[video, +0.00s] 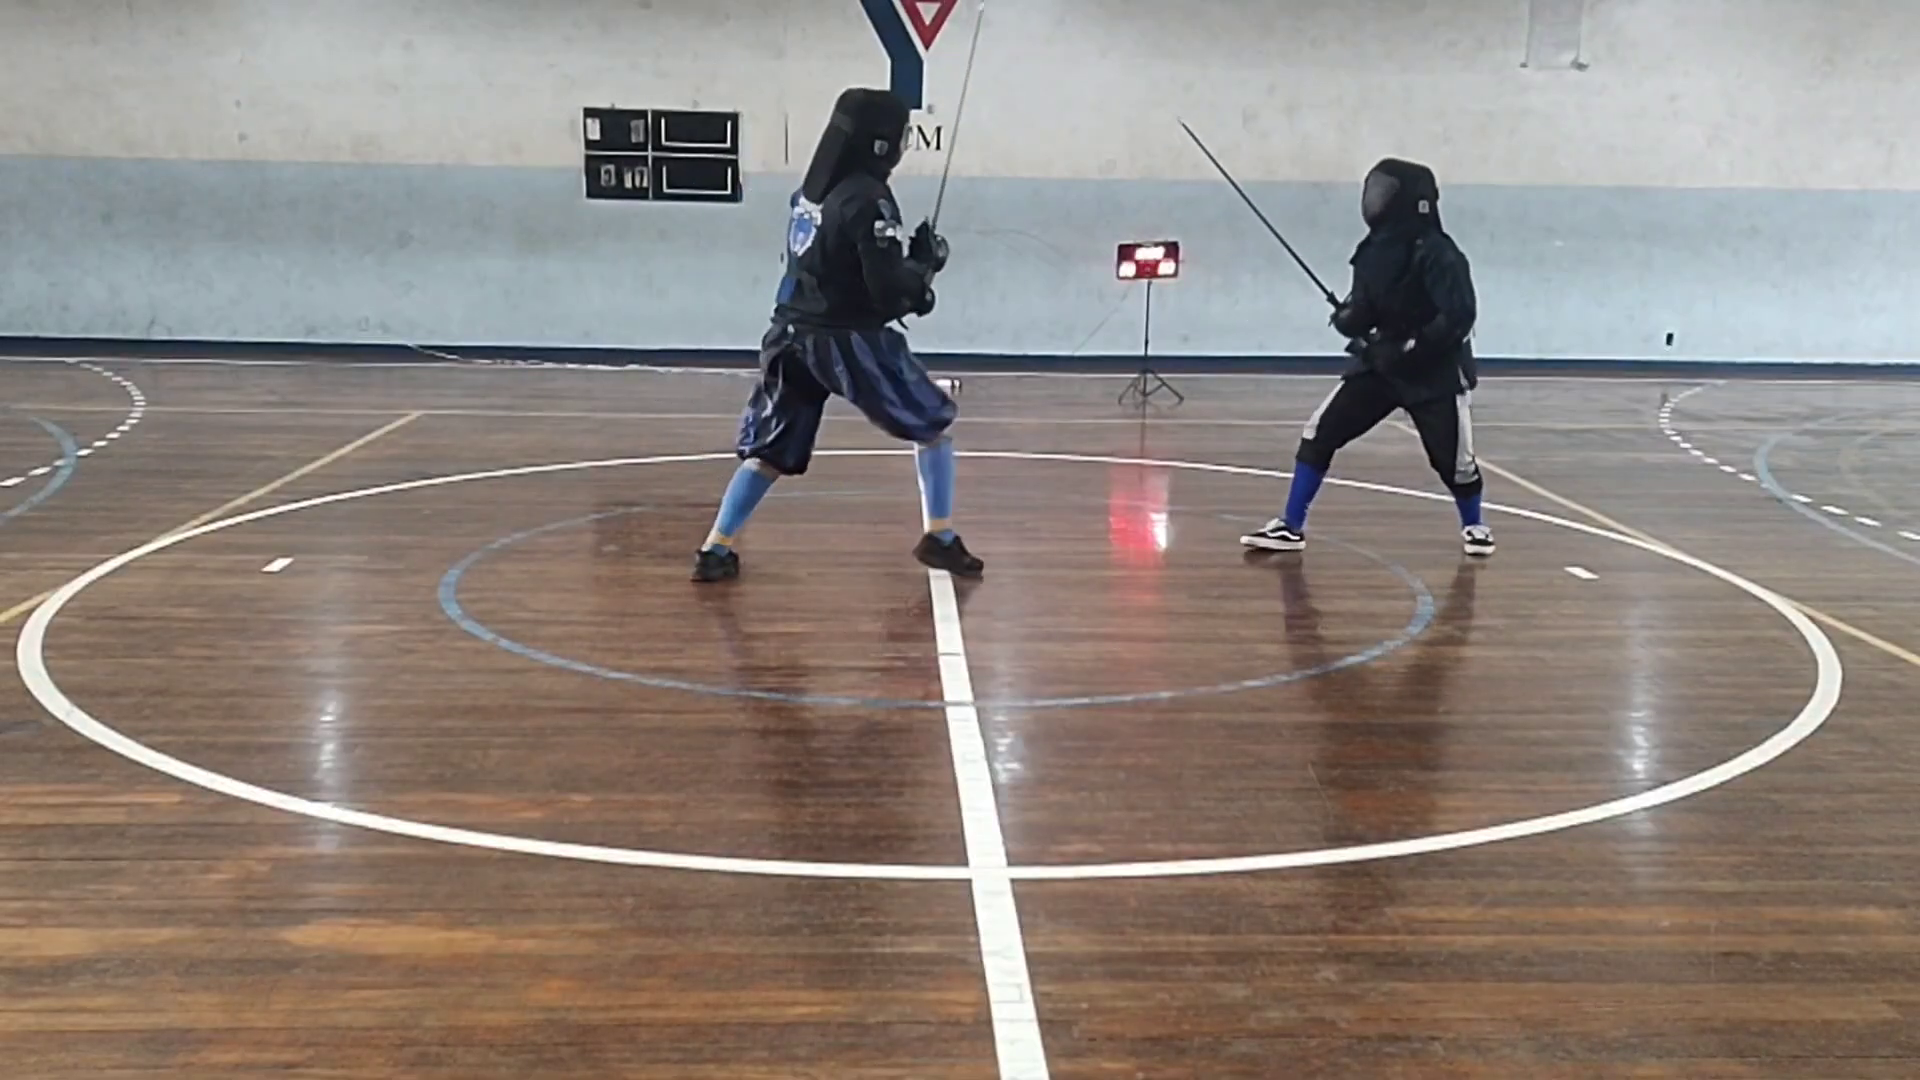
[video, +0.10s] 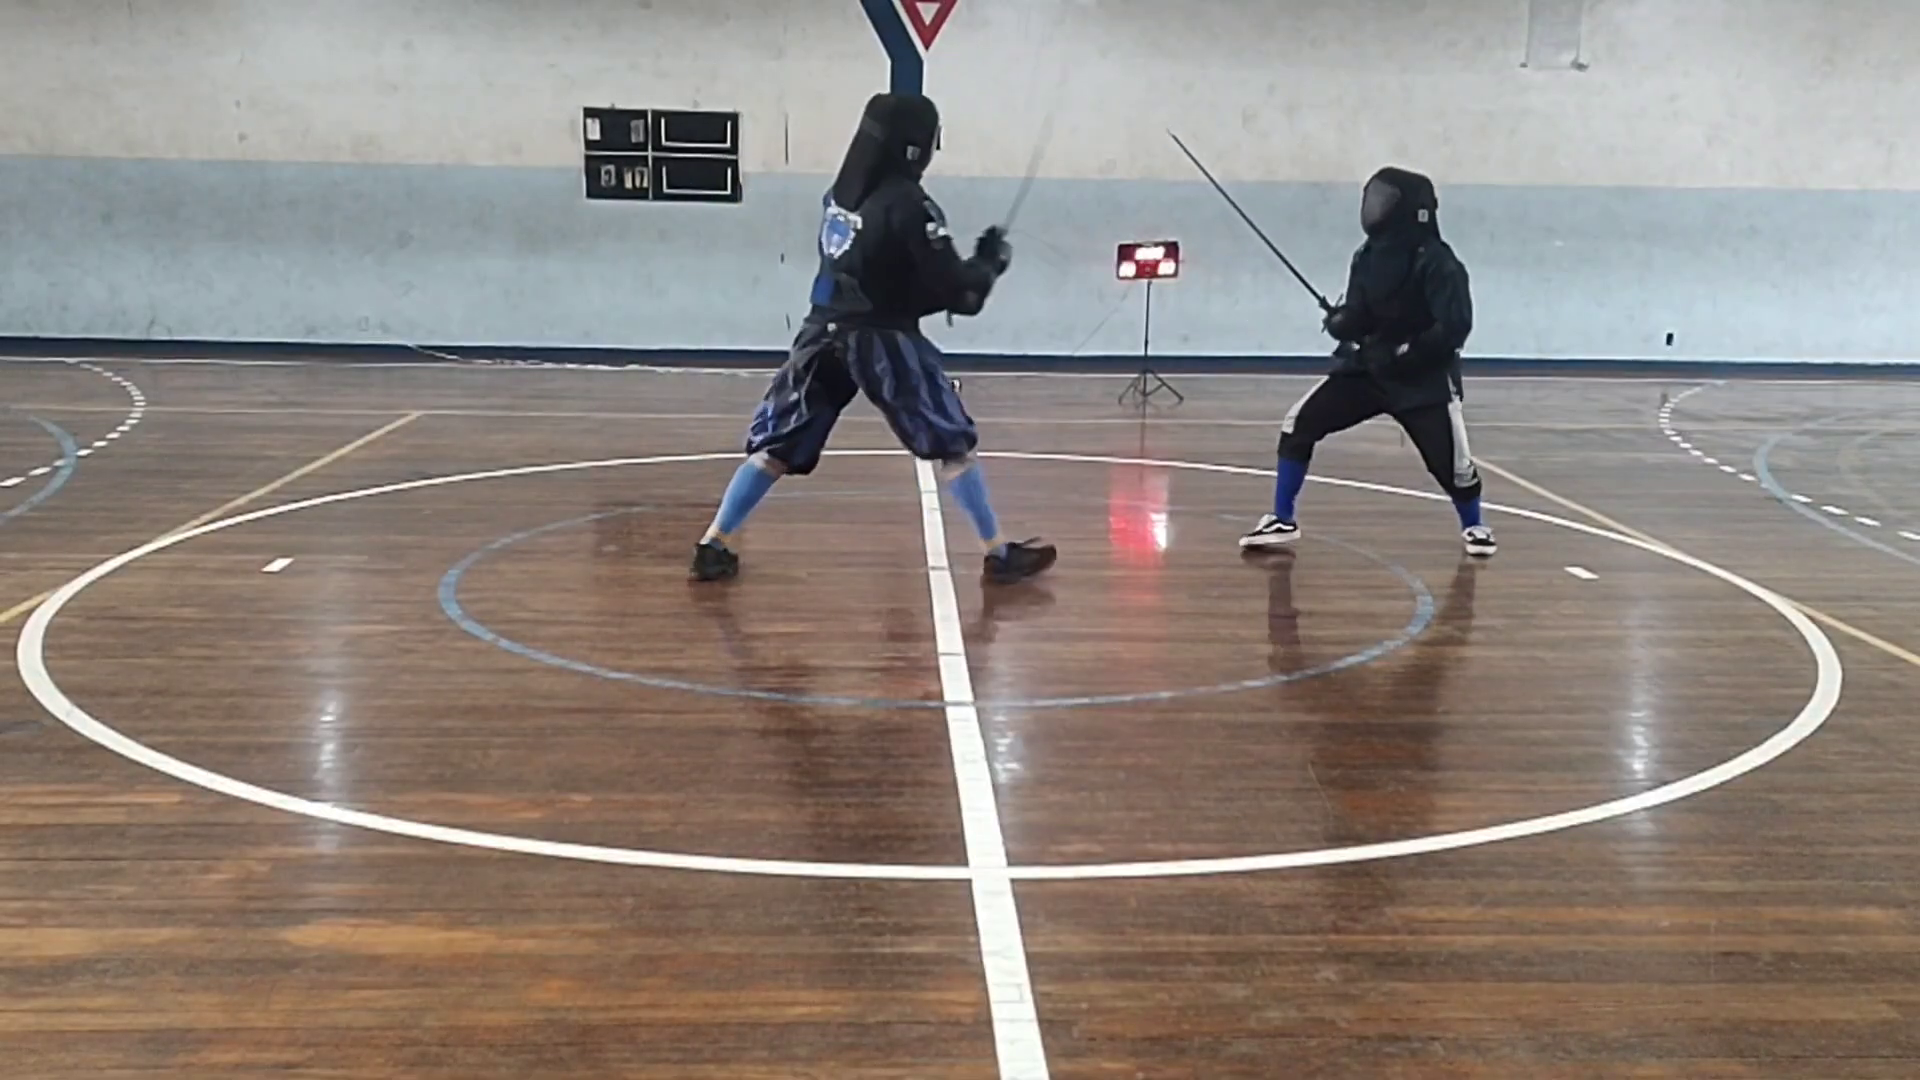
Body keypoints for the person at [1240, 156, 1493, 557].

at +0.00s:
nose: (1368, 197)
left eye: (1378, 189)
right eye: (1368, 188)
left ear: (1405, 196)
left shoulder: (1438, 251)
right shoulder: (1371, 251)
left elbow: (1459, 315)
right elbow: (1361, 311)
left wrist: (1409, 350)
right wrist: (1348, 319)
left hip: (1435, 375)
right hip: (1379, 370)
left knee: (1455, 461)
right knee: (1319, 433)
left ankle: (1473, 526)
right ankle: (1290, 526)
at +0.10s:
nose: (1369, 205)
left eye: (1380, 198)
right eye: (1370, 196)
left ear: (1406, 206)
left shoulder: (1438, 262)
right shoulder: (1367, 257)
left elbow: (1455, 326)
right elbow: (1356, 317)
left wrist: (1404, 357)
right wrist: (1342, 322)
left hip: (1423, 382)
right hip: (1365, 376)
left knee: (1453, 465)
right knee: (1298, 427)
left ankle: (1473, 526)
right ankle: (1281, 519)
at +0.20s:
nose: (1355, 212)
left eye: (1366, 203)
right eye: (1356, 202)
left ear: (1395, 211)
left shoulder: (1428, 269)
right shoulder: (1352, 260)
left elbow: (1417, 347)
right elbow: (1326, 324)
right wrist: (1309, 310)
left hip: (1407, 387)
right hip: (1346, 380)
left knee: (1446, 467)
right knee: (1276, 435)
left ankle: (1473, 526)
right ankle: (1242, 516)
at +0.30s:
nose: (1343, 207)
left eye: (1353, 199)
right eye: (1342, 198)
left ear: (1378, 204)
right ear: (1342, 205)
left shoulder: (1402, 250)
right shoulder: (1329, 249)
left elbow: (1376, 295)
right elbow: (1275, 279)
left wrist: (1324, 275)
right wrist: (1244, 259)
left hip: (1385, 378)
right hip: (1323, 377)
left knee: (1444, 456)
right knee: (1260, 446)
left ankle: (1472, 527)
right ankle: (1210, 519)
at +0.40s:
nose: (1333, 207)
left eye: (1342, 199)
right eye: (1329, 198)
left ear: (1360, 201)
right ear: (1323, 198)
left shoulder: (1385, 237)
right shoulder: (1311, 230)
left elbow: (1340, 236)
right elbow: (1263, 228)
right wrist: (1226, 198)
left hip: (1367, 377)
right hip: (1308, 375)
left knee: (1434, 451)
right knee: (1249, 449)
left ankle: (1468, 528)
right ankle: (1209, 519)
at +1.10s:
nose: (1326, 177)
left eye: (1335, 169)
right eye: (1322, 168)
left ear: (1357, 175)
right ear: (1313, 171)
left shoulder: (1372, 219)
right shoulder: (1302, 209)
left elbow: (1360, 234)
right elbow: (1253, 228)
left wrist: (1293, 197)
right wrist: (1228, 199)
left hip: (1339, 352)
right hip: (1281, 348)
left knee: (1382, 441)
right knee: (1238, 434)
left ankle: (1425, 521)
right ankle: (1208, 519)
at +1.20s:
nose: (1326, 174)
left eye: (1337, 166)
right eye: (1320, 164)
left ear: (1356, 174)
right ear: (1310, 168)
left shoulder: (1368, 216)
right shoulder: (1290, 214)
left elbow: (1366, 237)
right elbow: (1249, 263)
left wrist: (1327, 213)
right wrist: (1236, 229)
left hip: (1337, 348)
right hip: (1279, 344)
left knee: (1368, 441)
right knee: (1237, 431)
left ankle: (1385, 524)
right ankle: (1207, 517)